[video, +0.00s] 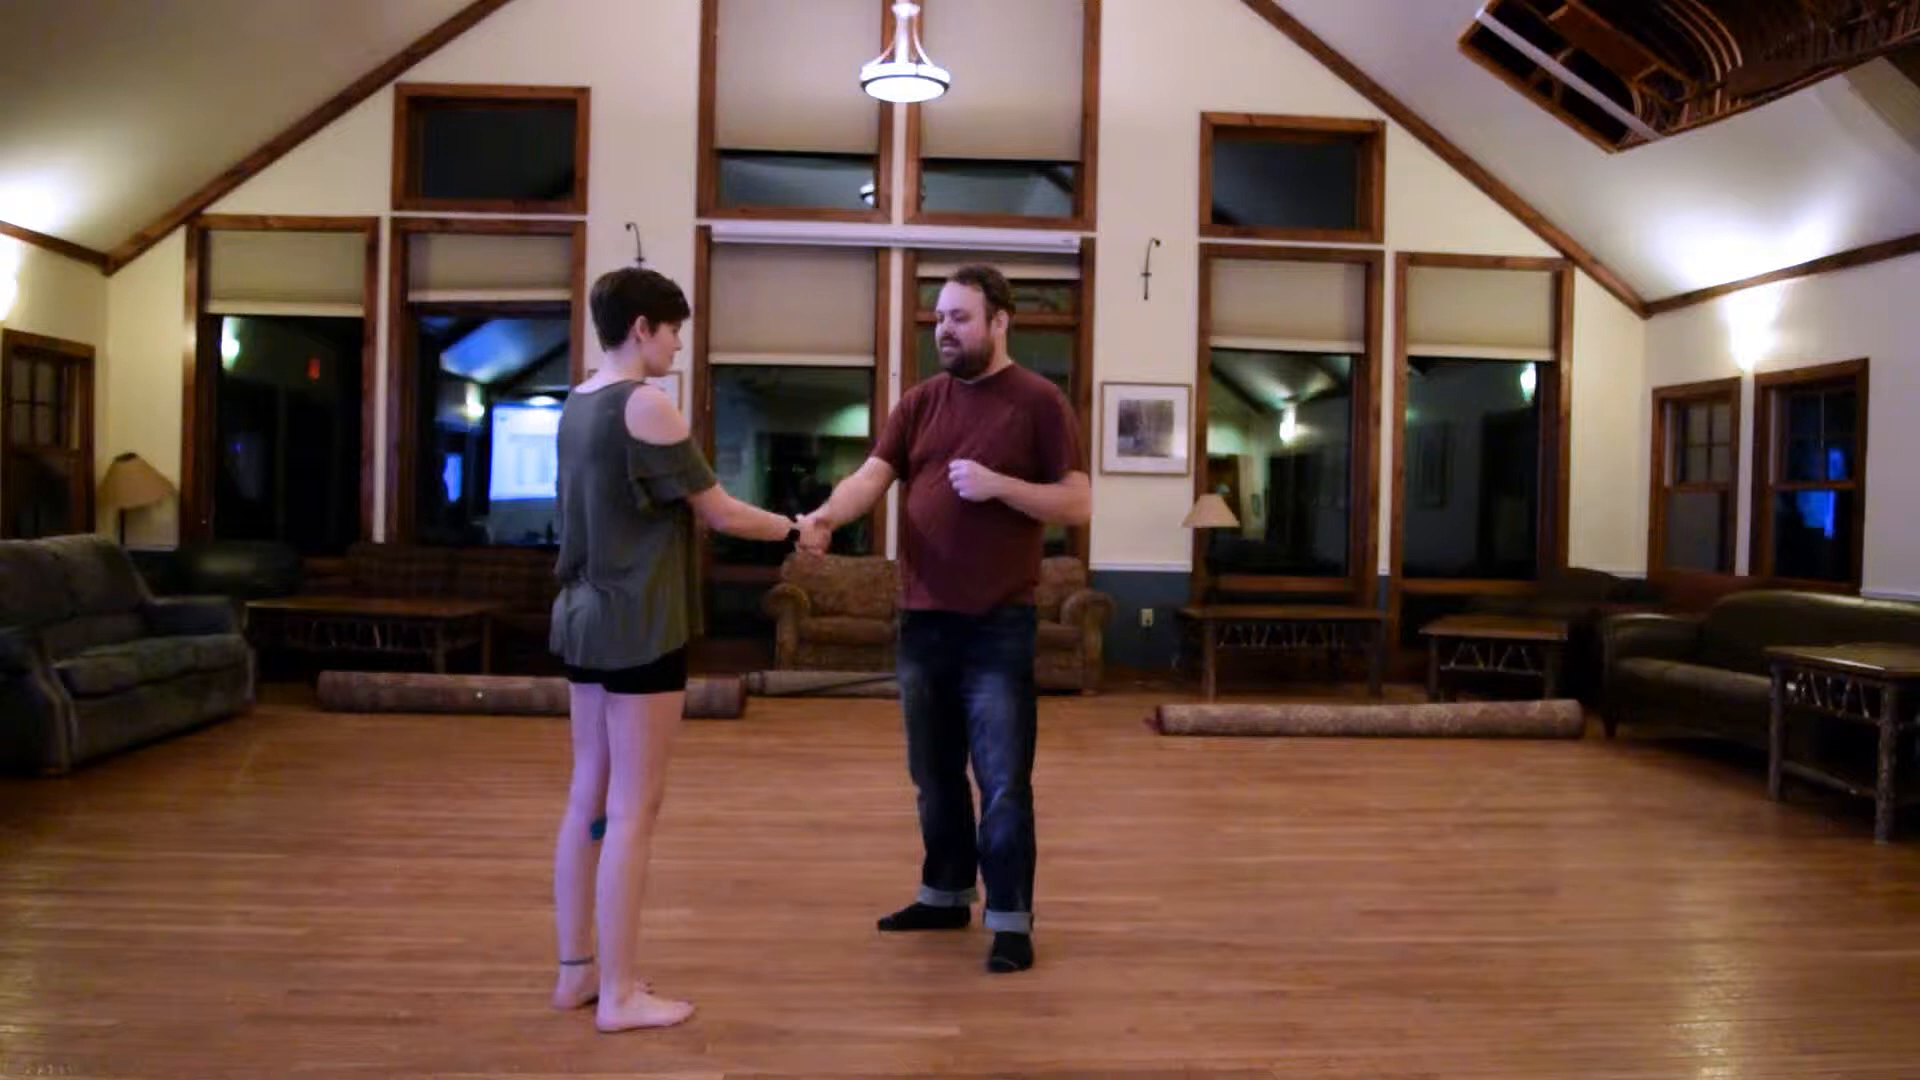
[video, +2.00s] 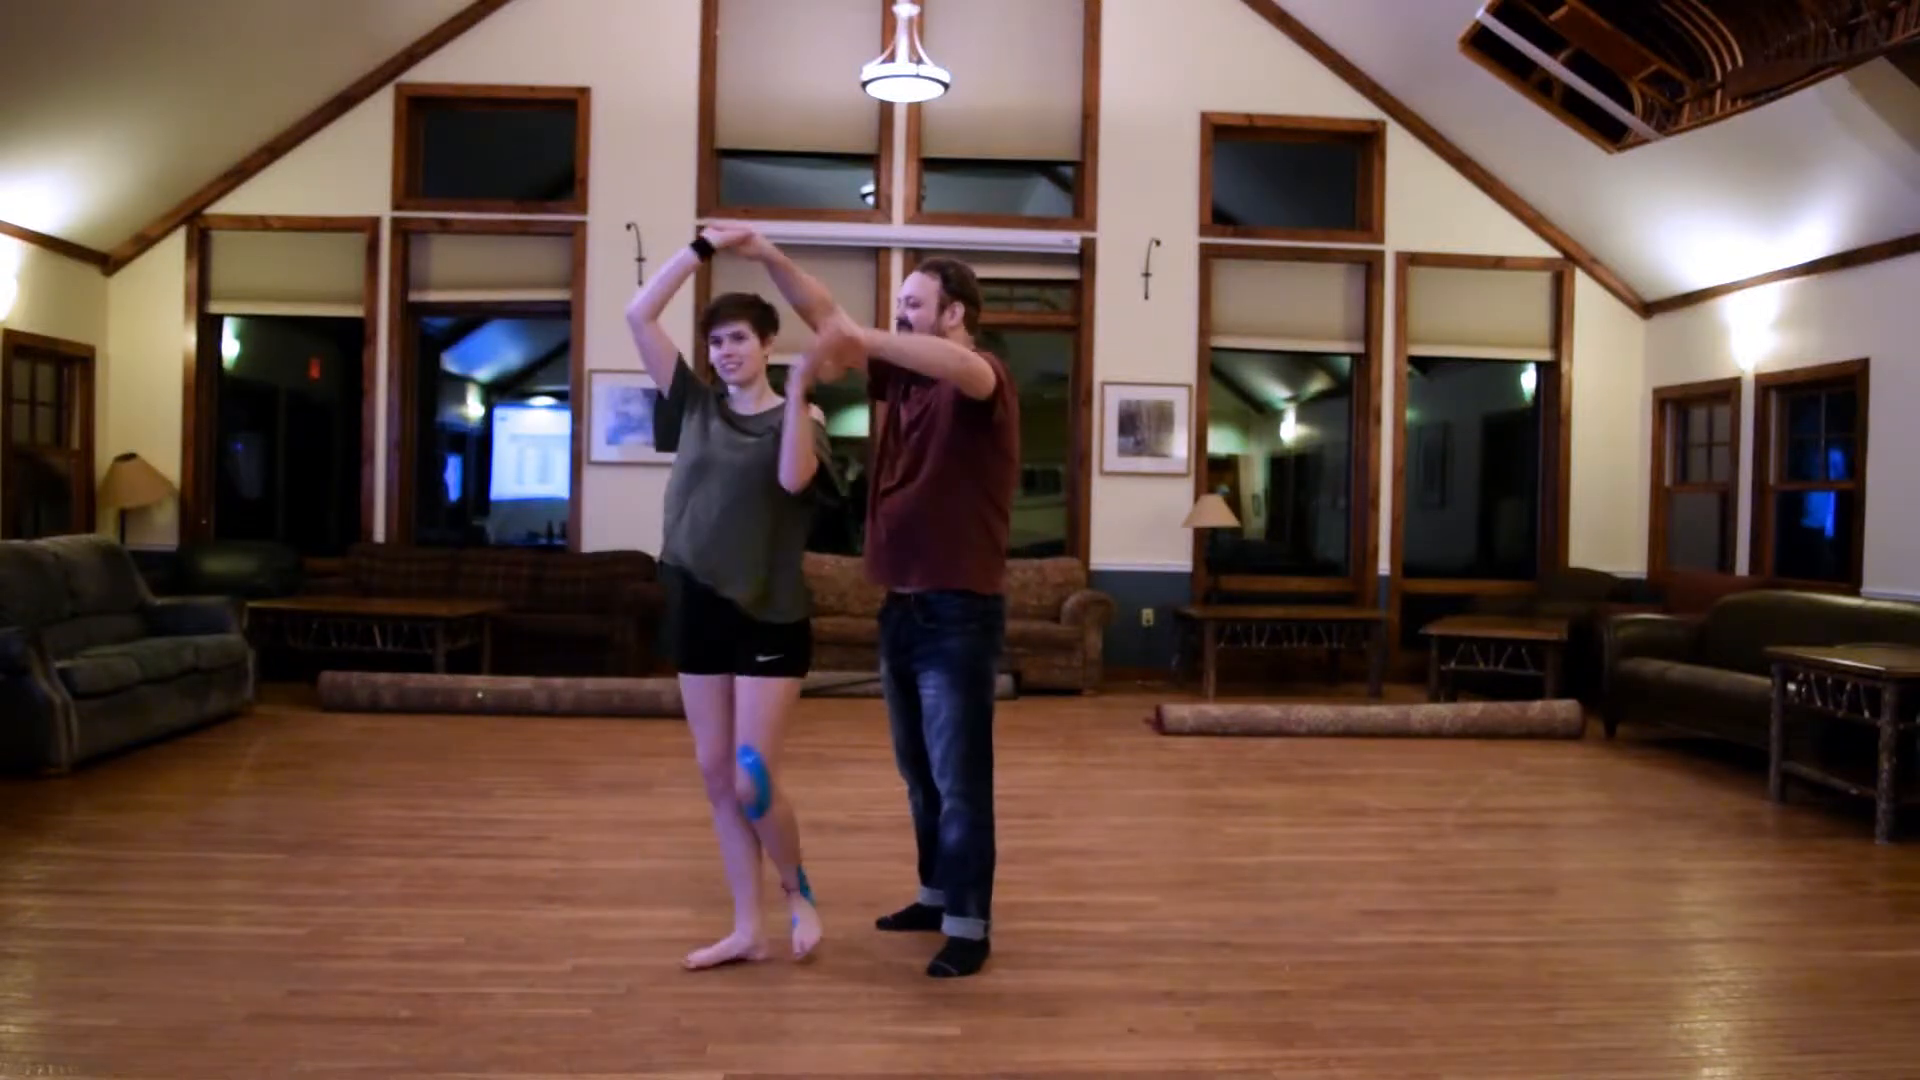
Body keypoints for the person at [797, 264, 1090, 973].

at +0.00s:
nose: (945, 331)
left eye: (959, 318)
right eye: (939, 320)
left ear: (999, 323)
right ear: (935, 326)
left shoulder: (1039, 402)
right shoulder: (919, 403)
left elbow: (1079, 504)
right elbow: (871, 478)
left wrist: (1001, 487)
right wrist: (825, 516)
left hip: (1001, 617)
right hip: (924, 615)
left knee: (1002, 775)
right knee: (933, 769)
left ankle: (1009, 920)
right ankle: (944, 897)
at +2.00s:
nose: (901, 315)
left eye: (914, 305)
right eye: (899, 306)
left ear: (958, 314)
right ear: (909, 316)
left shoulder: (984, 373)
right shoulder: (899, 372)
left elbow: (959, 364)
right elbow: (836, 328)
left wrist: (865, 340)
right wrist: (769, 257)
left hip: (961, 606)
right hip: (903, 605)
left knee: (958, 772)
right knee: (920, 768)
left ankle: (969, 925)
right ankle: (940, 898)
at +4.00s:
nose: (906, 330)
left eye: (921, 317)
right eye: (901, 317)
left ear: (960, 321)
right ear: (903, 322)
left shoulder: (980, 390)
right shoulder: (919, 385)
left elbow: (901, 440)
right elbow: (858, 416)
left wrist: (898, 354)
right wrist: (864, 337)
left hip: (965, 611)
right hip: (904, 608)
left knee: (967, 771)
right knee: (901, 762)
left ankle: (985, 922)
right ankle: (917, 906)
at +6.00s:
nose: (1239, 332)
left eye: (1253, 318)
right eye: (1234, 320)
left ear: (1296, 322)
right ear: (1239, 327)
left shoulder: (1312, 389)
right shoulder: (1269, 383)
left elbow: (1219, 439)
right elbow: (1185, 427)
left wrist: (1217, 359)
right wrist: (1182, 345)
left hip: (1288, 613)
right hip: (1253, 610)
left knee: (1263, 772)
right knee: (1269, 765)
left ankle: (1263, 932)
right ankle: (1361, 887)